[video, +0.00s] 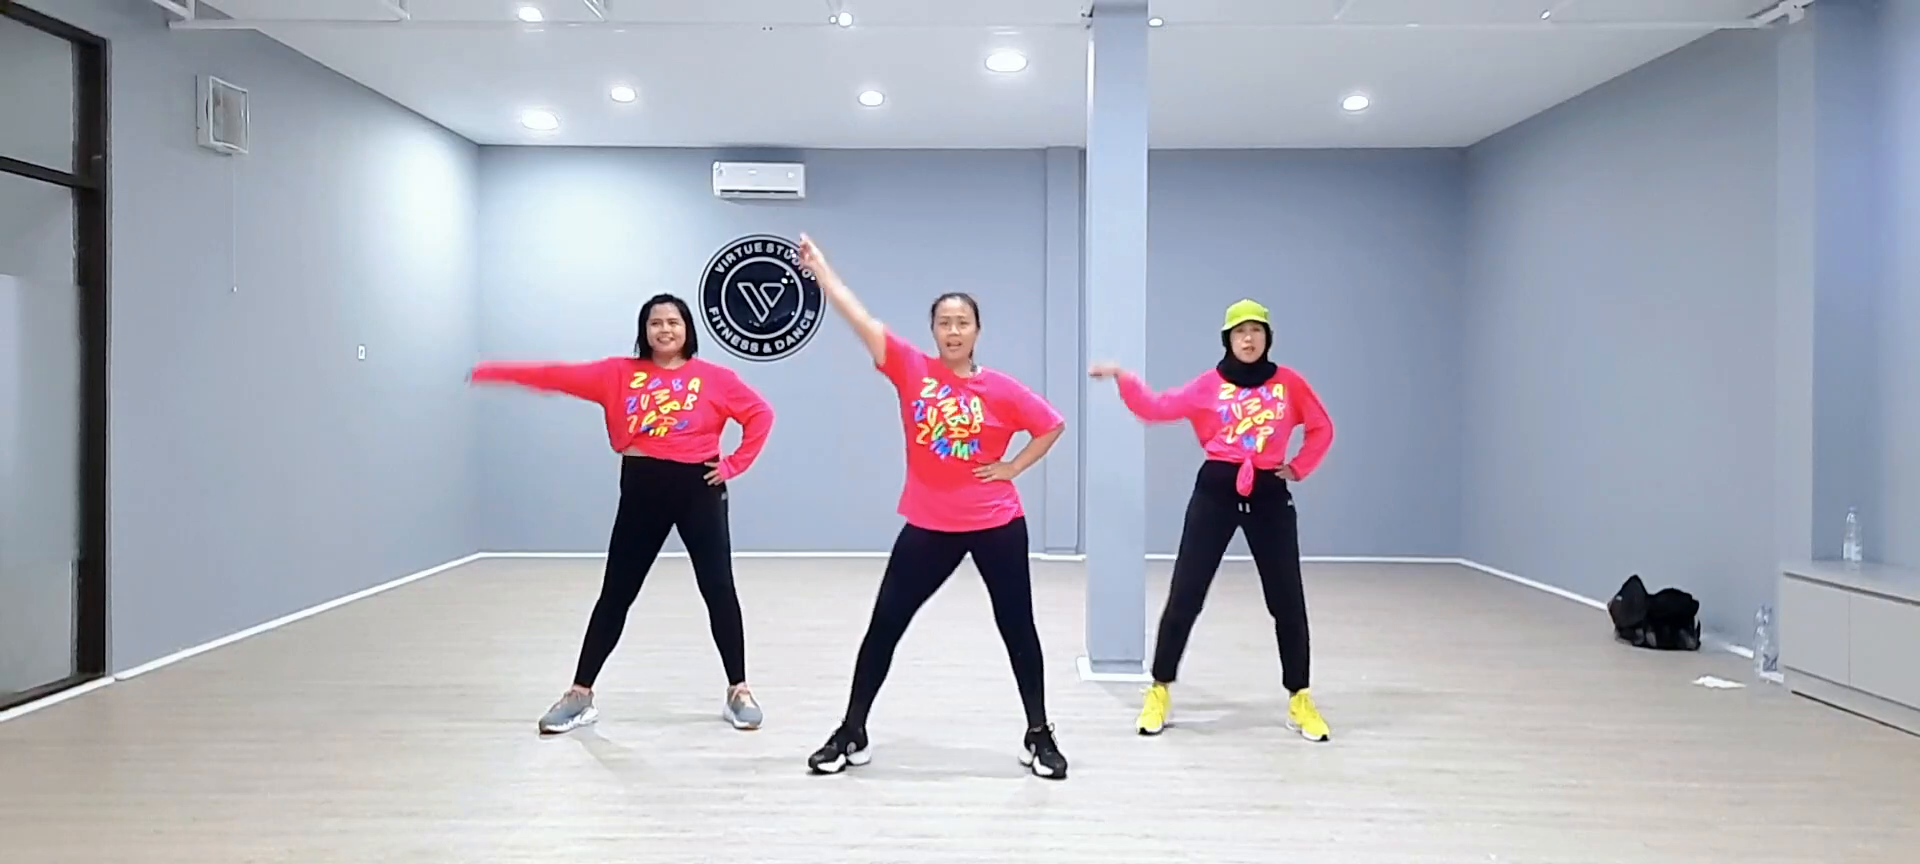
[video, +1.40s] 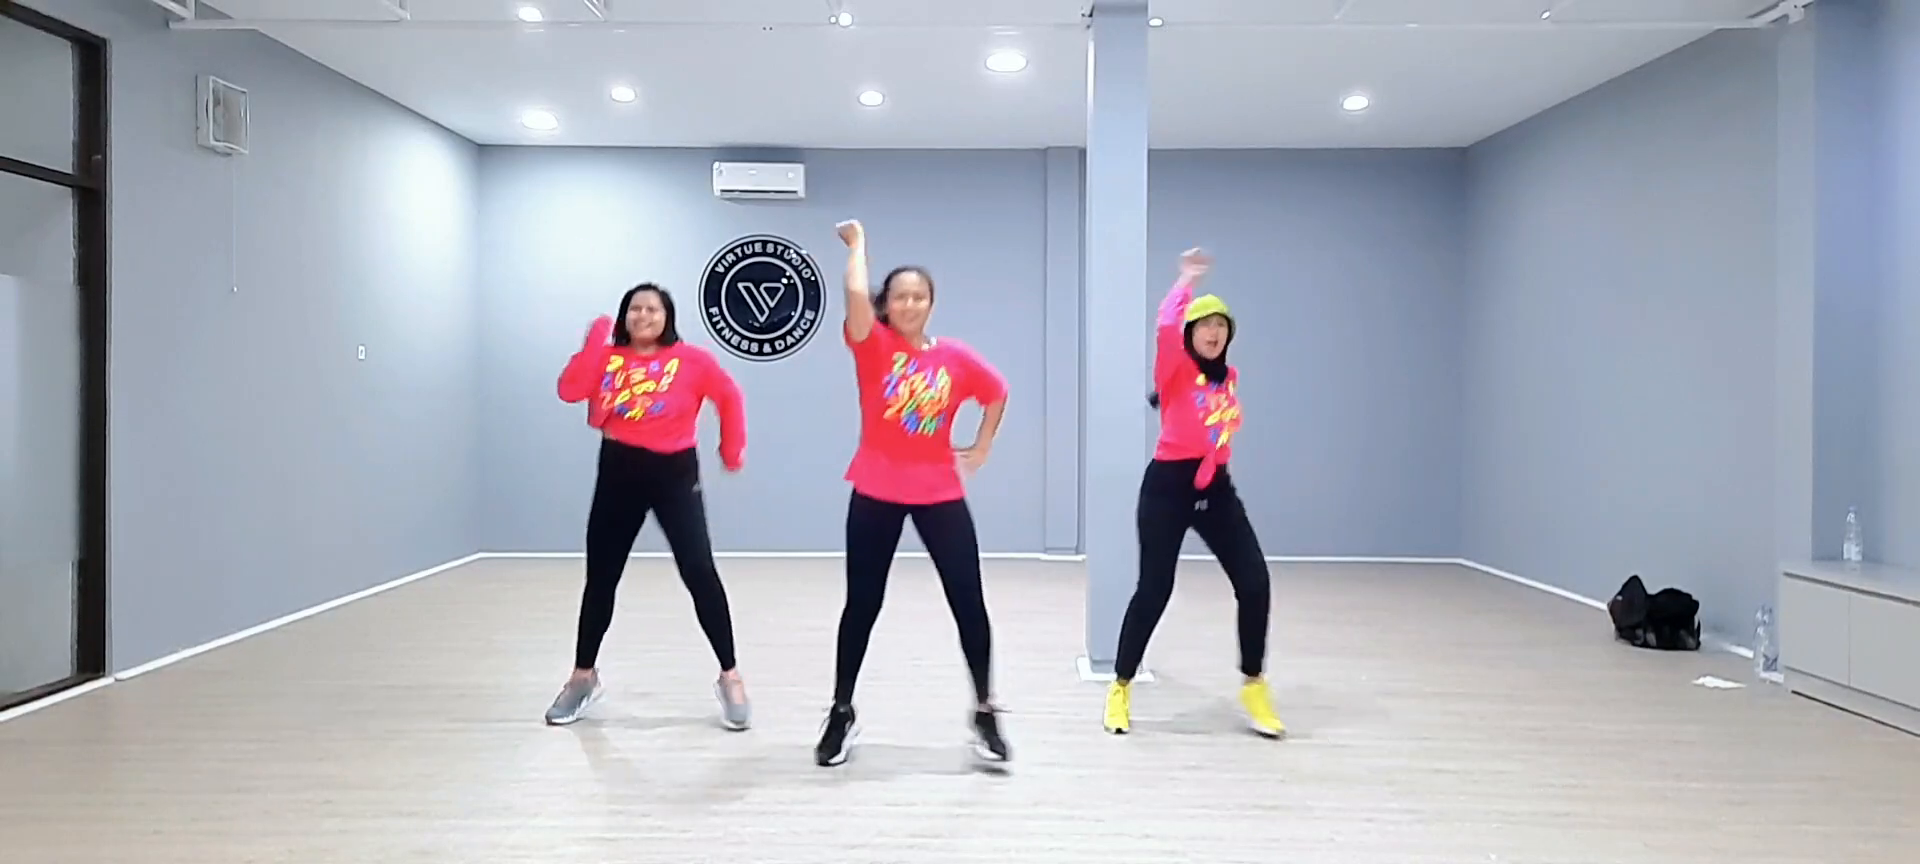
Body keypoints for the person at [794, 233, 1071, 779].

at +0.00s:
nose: (953, 330)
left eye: (962, 322)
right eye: (944, 323)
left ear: (977, 331)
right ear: (932, 331)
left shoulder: (1000, 389)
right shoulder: (912, 370)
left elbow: (1052, 426)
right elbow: (862, 322)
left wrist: (1015, 467)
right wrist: (821, 270)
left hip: (995, 524)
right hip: (930, 525)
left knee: (1018, 627)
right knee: (884, 626)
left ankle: (1039, 734)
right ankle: (853, 731)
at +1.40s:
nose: (909, 304)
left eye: (918, 296)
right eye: (900, 296)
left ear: (932, 305)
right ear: (884, 304)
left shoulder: (953, 356)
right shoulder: (869, 346)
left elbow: (997, 392)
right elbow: (856, 295)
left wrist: (980, 448)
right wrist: (856, 244)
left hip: (938, 490)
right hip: (876, 490)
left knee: (969, 601)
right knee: (862, 603)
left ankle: (985, 712)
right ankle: (840, 711)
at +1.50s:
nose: (922, 304)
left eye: (931, 296)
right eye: (913, 296)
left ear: (943, 303)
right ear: (897, 302)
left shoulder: (964, 352)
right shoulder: (882, 348)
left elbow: (998, 393)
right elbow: (881, 334)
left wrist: (1006, 454)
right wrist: (877, 273)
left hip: (950, 492)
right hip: (889, 489)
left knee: (960, 604)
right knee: (881, 602)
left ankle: (943, 705)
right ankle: (874, 658)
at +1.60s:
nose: (942, 323)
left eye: (948, 315)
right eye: (932, 315)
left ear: (955, 324)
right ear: (909, 323)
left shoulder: (970, 381)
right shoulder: (891, 371)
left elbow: (991, 446)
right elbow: (898, 428)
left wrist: (1013, 500)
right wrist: (928, 379)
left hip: (960, 523)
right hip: (902, 521)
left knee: (955, 631)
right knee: (908, 637)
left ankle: (935, 723)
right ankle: (893, 613)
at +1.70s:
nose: (944, 328)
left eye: (953, 321)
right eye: (934, 320)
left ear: (963, 328)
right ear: (917, 327)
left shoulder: (974, 389)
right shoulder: (898, 379)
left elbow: (986, 457)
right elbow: (894, 445)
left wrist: (997, 511)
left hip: (964, 524)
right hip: (909, 521)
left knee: (961, 628)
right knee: (934, 617)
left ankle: (936, 721)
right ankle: (898, 641)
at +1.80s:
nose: (946, 310)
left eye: (955, 302)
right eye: (937, 303)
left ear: (968, 309)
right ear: (921, 310)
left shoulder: (978, 367)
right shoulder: (902, 364)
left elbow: (992, 425)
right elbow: (871, 429)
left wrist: (988, 446)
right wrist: (926, 464)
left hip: (964, 502)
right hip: (913, 500)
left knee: (964, 613)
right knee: (942, 601)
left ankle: (941, 712)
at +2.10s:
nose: (972, 334)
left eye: (973, 326)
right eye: (961, 326)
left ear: (967, 337)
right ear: (929, 336)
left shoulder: (962, 393)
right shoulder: (920, 394)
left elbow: (952, 458)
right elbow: (909, 467)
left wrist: (984, 476)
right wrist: (963, 512)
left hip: (940, 531)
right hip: (910, 536)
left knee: (973, 638)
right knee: (956, 646)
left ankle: (932, 725)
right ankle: (909, 784)